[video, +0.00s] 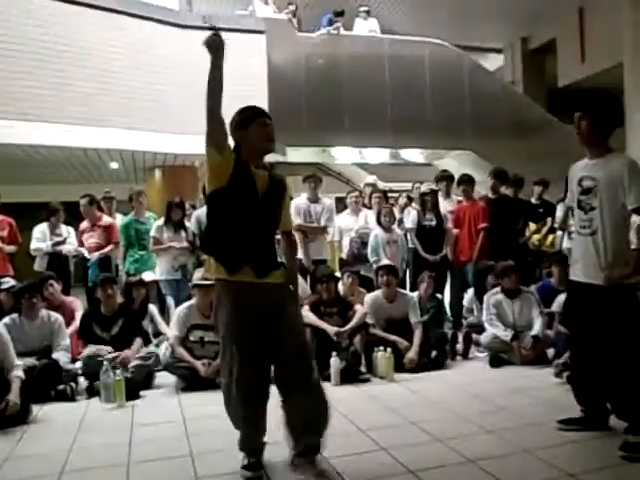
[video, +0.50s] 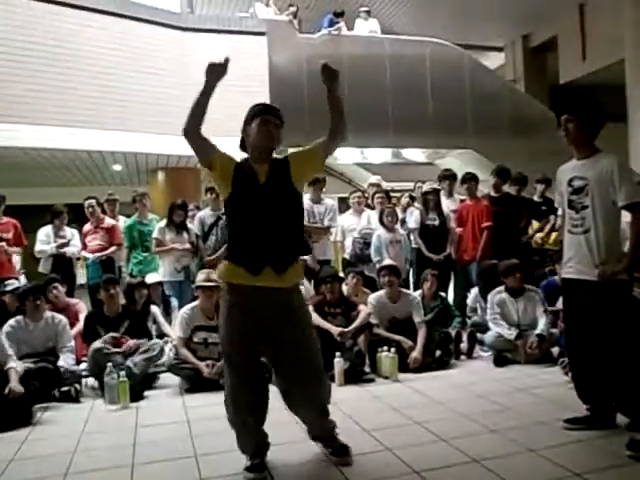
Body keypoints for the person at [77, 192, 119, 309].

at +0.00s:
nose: (82, 210)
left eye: (84, 206)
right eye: (81, 206)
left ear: (93, 206)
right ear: (81, 208)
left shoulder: (108, 223)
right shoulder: (83, 226)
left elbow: (115, 243)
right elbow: (80, 245)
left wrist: (99, 254)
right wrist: (84, 252)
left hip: (105, 260)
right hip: (89, 261)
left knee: (107, 290)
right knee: (90, 291)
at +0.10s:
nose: (84, 209)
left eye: (86, 205)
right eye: (82, 206)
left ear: (95, 206)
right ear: (81, 208)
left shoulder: (110, 223)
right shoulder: (84, 226)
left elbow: (116, 243)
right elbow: (81, 244)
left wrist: (102, 253)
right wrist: (86, 250)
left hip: (105, 257)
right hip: (90, 258)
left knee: (108, 287)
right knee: (91, 288)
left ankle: (109, 313)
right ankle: (94, 313)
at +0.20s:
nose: (87, 214)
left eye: (90, 211)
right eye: (85, 211)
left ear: (98, 209)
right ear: (84, 211)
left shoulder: (110, 223)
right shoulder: (86, 226)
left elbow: (118, 243)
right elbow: (84, 243)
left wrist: (106, 252)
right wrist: (84, 253)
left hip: (106, 257)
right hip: (90, 258)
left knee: (109, 286)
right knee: (92, 288)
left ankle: (111, 313)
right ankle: (96, 313)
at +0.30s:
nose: (88, 217)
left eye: (90, 213)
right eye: (86, 214)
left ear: (97, 210)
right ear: (84, 214)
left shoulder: (110, 225)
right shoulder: (84, 228)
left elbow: (117, 245)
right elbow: (82, 246)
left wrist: (103, 254)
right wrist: (84, 253)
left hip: (105, 257)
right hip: (89, 259)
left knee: (109, 286)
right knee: (93, 287)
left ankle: (111, 312)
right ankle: (96, 312)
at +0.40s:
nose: (91, 210)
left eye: (93, 207)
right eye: (88, 207)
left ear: (99, 207)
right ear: (85, 210)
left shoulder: (111, 224)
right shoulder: (86, 228)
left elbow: (118, 244)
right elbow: (84, 246)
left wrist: (103, 254)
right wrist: (86, 254)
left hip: (106, 259)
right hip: (91, 260)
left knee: (110, 289)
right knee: (93, 290)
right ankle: (97, 315)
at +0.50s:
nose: (90, 210)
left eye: (93, 207)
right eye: (87, 207)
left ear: (99, 207)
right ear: (85, 210)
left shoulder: (111, 224)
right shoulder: (86, 228)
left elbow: (117, 244)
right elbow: (83, 246)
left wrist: (101, 254)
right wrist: (85, 254)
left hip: (106, 259)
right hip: (91, 261)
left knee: (110, 289)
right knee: (93, 290)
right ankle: (97, 316)